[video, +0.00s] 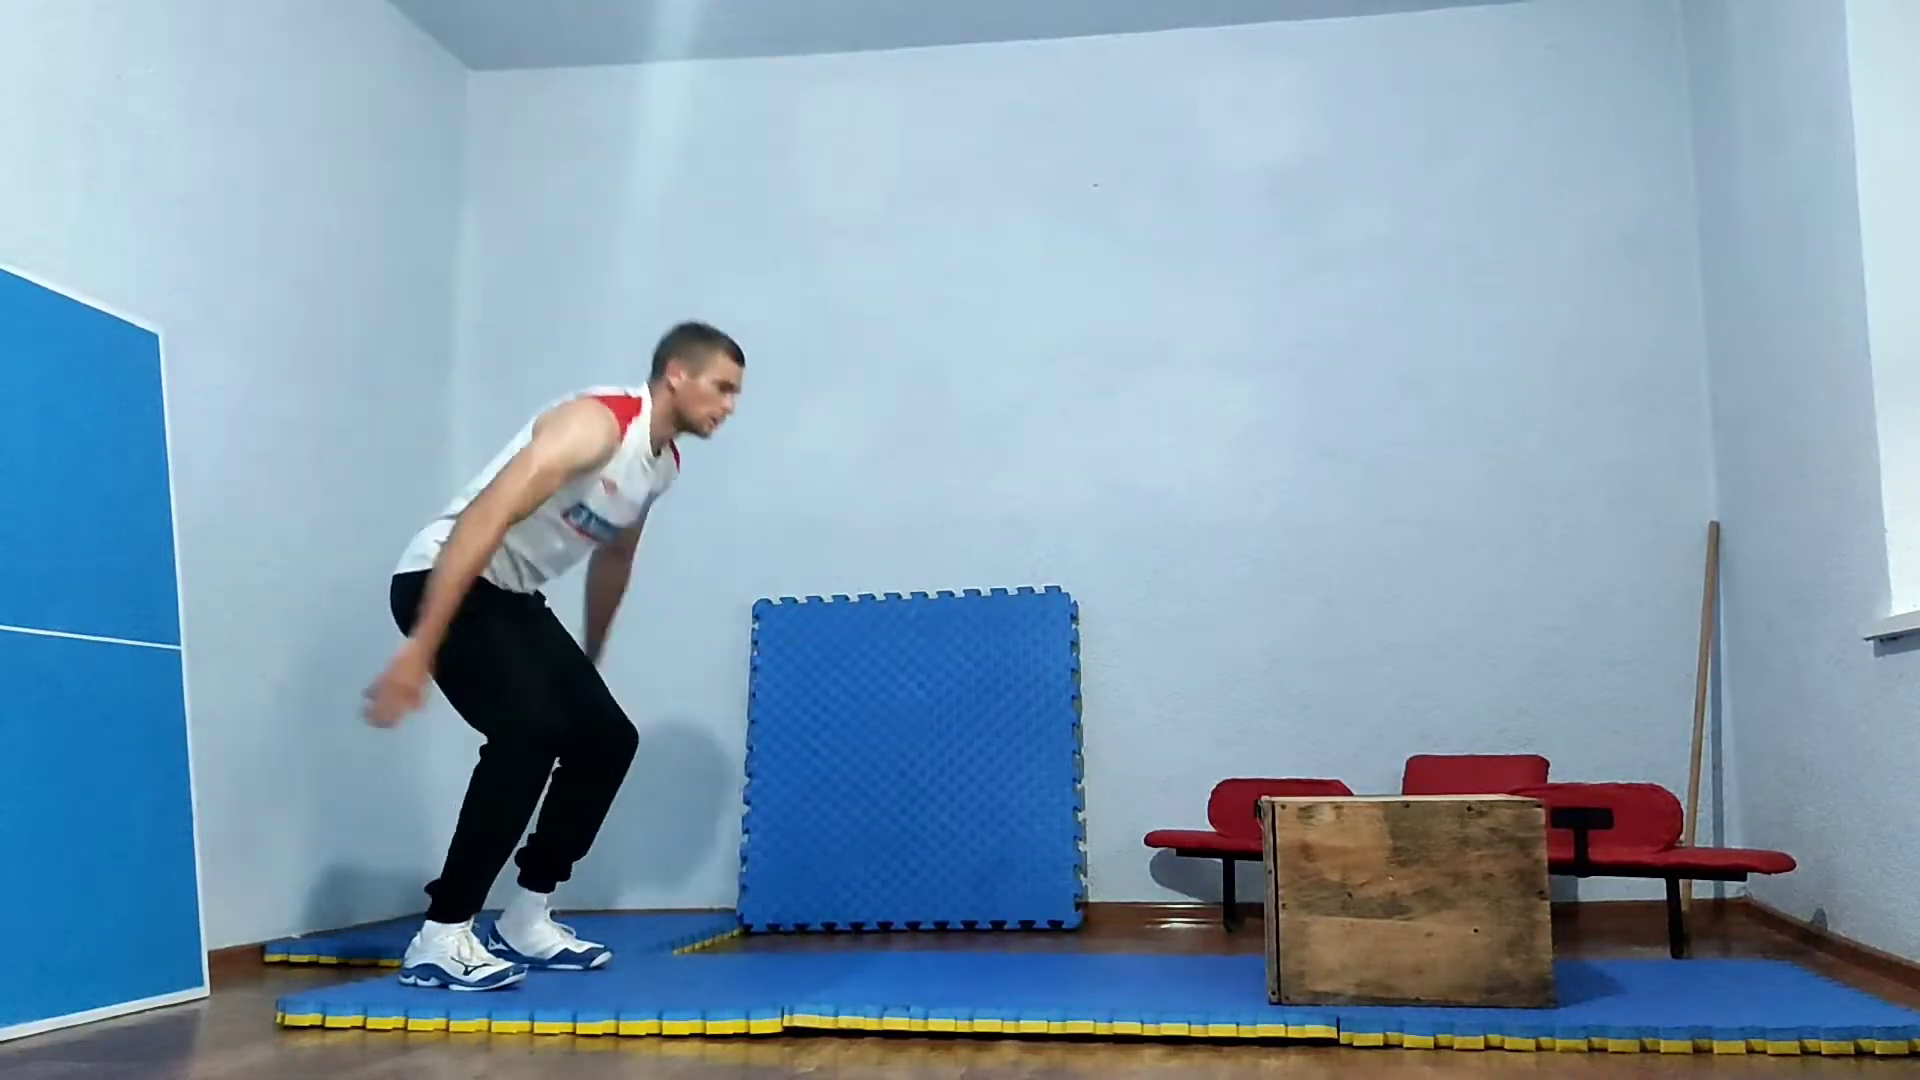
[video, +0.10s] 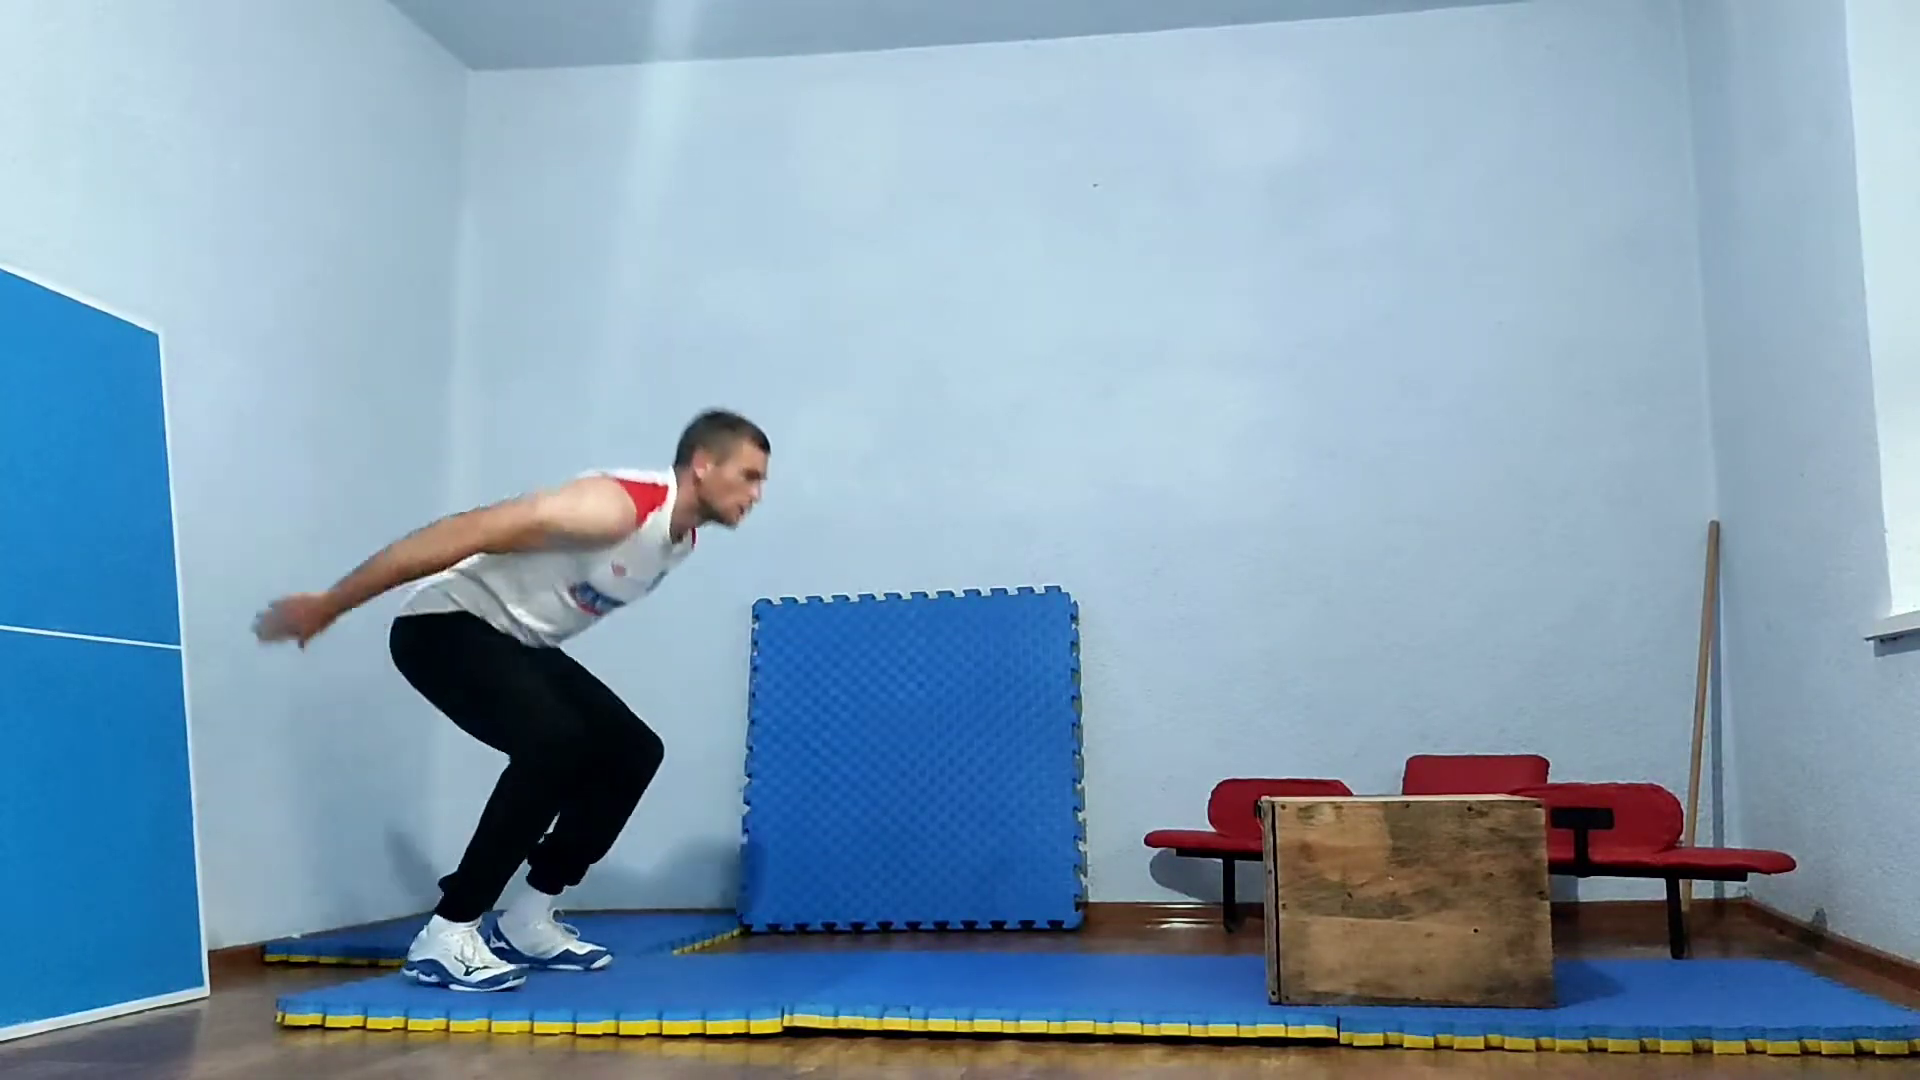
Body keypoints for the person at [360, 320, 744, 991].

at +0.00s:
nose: (729, 405)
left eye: (735, 393)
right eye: (721, 388)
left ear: (687, 387)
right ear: (674, 377)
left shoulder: (660, 464)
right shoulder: (592, 425)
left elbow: (614, 557)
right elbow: (486, 519)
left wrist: (590, 659)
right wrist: (419, 650)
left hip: (512, 595)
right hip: (447, 583)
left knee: (608, 741)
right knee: (529, 730)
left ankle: (524, 918)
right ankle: (442, 934)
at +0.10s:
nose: (757, 492)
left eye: (762, 480)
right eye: (749, 475)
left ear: (711, 474)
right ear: (701, 466)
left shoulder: (678, 537)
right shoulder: (611, 508)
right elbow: (464, 532)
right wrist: (329, 604)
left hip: (520, 641)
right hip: (445, 625)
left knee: (632, 752)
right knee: (555, 745)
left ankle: (526, 918)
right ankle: (446, 934)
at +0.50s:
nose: (818, 410)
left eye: (820, 397)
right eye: (807, 393)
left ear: (781, 402)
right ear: (756, 392)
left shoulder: (762, 495)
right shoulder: (687, 453)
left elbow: (823, 582)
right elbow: (768, 567)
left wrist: (905, 650)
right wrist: (872, 642)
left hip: (605, 623)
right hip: (538, 605)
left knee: (676, 779)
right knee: (622, 778)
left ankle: (539, 910)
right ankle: (469, 922)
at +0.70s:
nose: (944, 182)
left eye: (945, 165)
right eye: (935, 162)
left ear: (918, 165)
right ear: (896, 152)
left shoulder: (908, 229)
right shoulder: (844, 184)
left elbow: (1018, 168)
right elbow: (973, 120)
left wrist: (1108, 78)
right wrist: (1076, 35)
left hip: (787, 458)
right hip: (734, 441)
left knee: (701, 638)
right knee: (651, 619)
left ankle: (604, 802)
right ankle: (540, 809)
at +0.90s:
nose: (1101, 85)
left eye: (1104, 74)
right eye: (1092, 68)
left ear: (1082, 75)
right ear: (1046, 54)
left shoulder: (1060, 148)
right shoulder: (1004, 88)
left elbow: (1184, 152)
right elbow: (1147, 95)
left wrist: (1313, 128)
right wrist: (1290, 74)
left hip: (908, 327)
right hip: (868, 307)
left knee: (971, 509)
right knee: (961, 492)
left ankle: (901, 683)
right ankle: (891, 679)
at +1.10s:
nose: (1282, 186)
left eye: (1288, 174)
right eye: (1276, 166)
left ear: (1245, 154)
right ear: (1227, 145)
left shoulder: (1209, 237)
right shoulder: (1181, 176)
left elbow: (1315, 305)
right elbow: (1303, 247)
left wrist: (1450, 344)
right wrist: (1445, 285)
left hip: (1050, 378)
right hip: (1022, 370)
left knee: (1173, 521)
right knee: (1174, 511)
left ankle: (1282, 715)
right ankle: (1283, 708)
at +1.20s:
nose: (1369, 284)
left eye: (1371, 270)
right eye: (1363, 265)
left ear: (1321, 254)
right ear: (1315, 249)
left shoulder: (1298, 338)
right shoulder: (1257, 283)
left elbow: (1415, 380)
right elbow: (1405, 313)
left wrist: (1549, 369)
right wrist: (1556, 312)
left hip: (1127, 484)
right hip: (1106, 479)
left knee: (1323, 525)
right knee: (1321, 521)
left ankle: (1336, 743)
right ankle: (1335, 747)